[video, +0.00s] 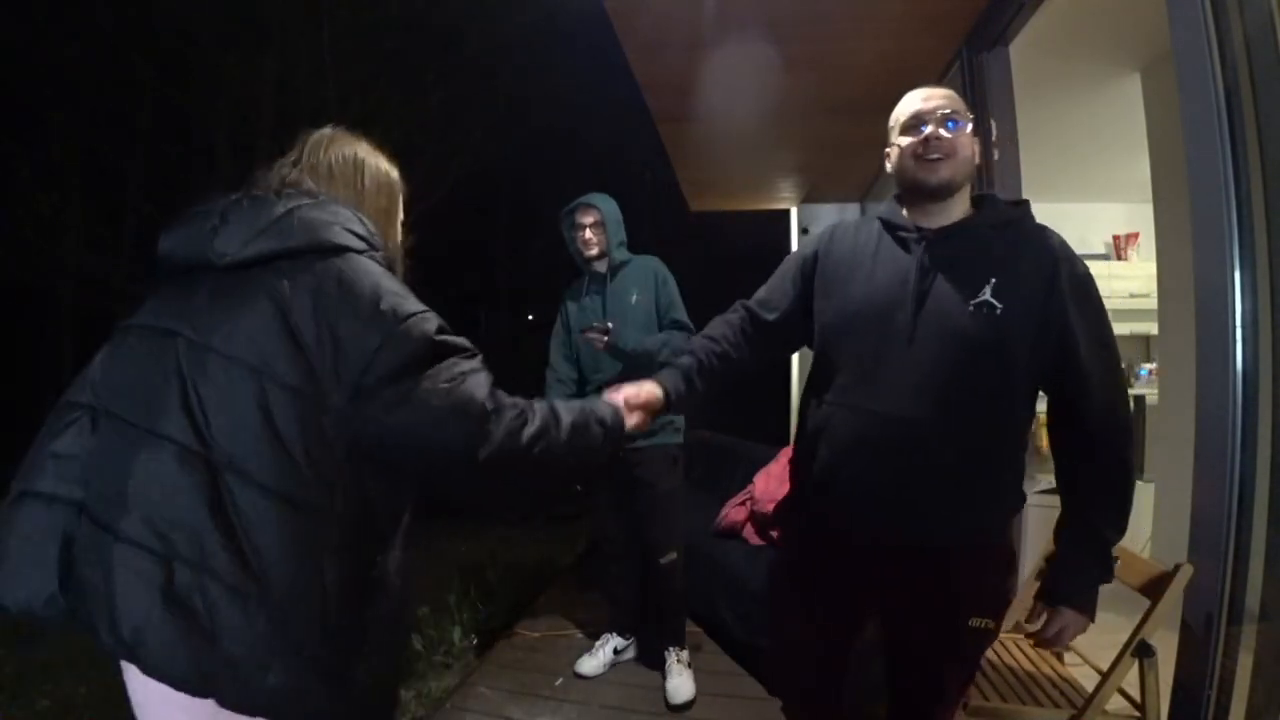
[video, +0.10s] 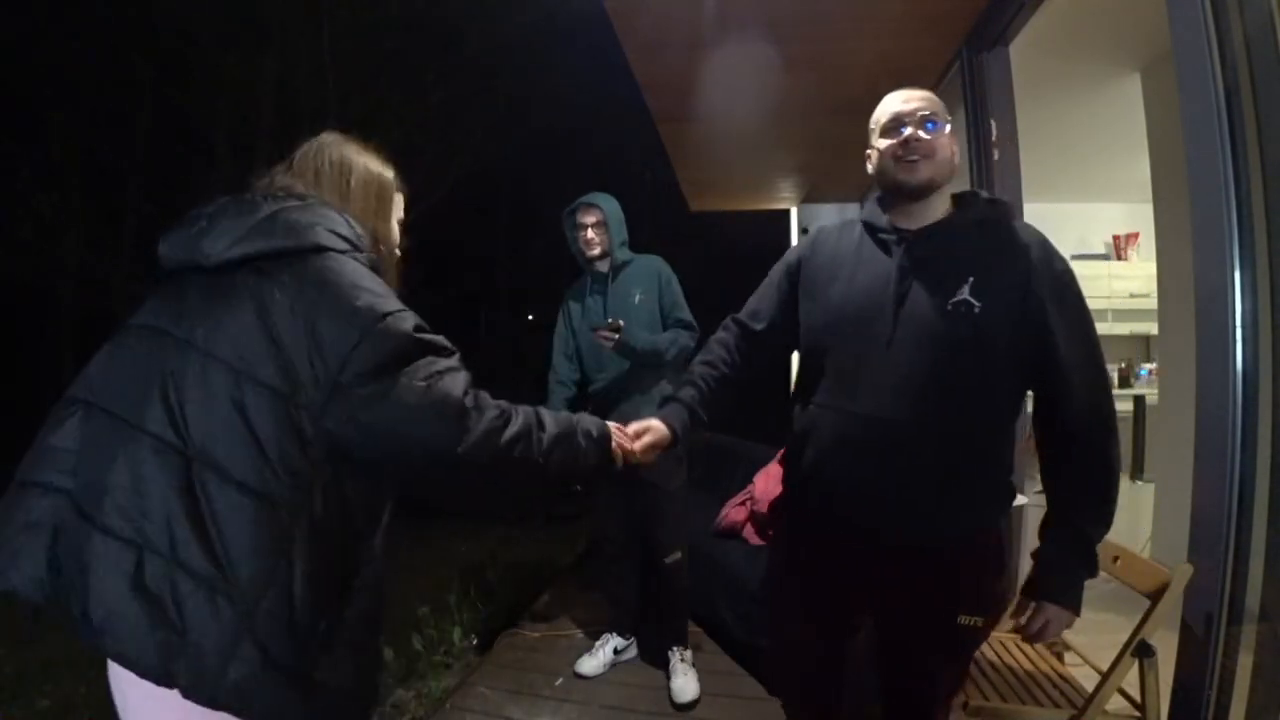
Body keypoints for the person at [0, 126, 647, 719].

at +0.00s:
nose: (397, 235)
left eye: (397, 220)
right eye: (393, 218)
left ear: (288, 187)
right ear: (367, 208)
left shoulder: (205, 270)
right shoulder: (348, 285)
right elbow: (474, 428)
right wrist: (606, 419)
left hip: (145, 608)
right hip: (251, 638)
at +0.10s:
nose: (395, 242)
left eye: (396, 226)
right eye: (391, 224)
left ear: (295, 191)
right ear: (361, 213)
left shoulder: (212, 265)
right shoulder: (335, 289)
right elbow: (456, 424)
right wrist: (593, 440)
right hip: (223, 625)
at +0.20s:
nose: (393, 235)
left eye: (395, 217)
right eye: (388, 215)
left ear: (306, 194)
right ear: (347, 203)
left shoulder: (213, 263)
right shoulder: (318, 287)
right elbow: (429, 418)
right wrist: (567, 421)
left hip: (135, 598)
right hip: (208, 628)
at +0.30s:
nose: (382, 223)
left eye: (382, 206)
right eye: (374, 202)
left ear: (301, 190)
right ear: (329, 194)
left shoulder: (204, 261)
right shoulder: (294, 281)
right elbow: (405, 421)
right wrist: (549, 417)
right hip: (194, 635)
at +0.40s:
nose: (366, 216)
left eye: (364, 196)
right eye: (355, 191)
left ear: (294, 187)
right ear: (303, 185)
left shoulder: (195, 257)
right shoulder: (257, 271)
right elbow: (362, 429)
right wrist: (532, 436)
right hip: (175, 635)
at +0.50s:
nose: (346, 202)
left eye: (345, 182)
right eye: (331, 176)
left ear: (273, 176)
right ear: (274, 171)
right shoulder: (211, 261)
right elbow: (294, 449)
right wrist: (482, 483)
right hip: (162, 664)